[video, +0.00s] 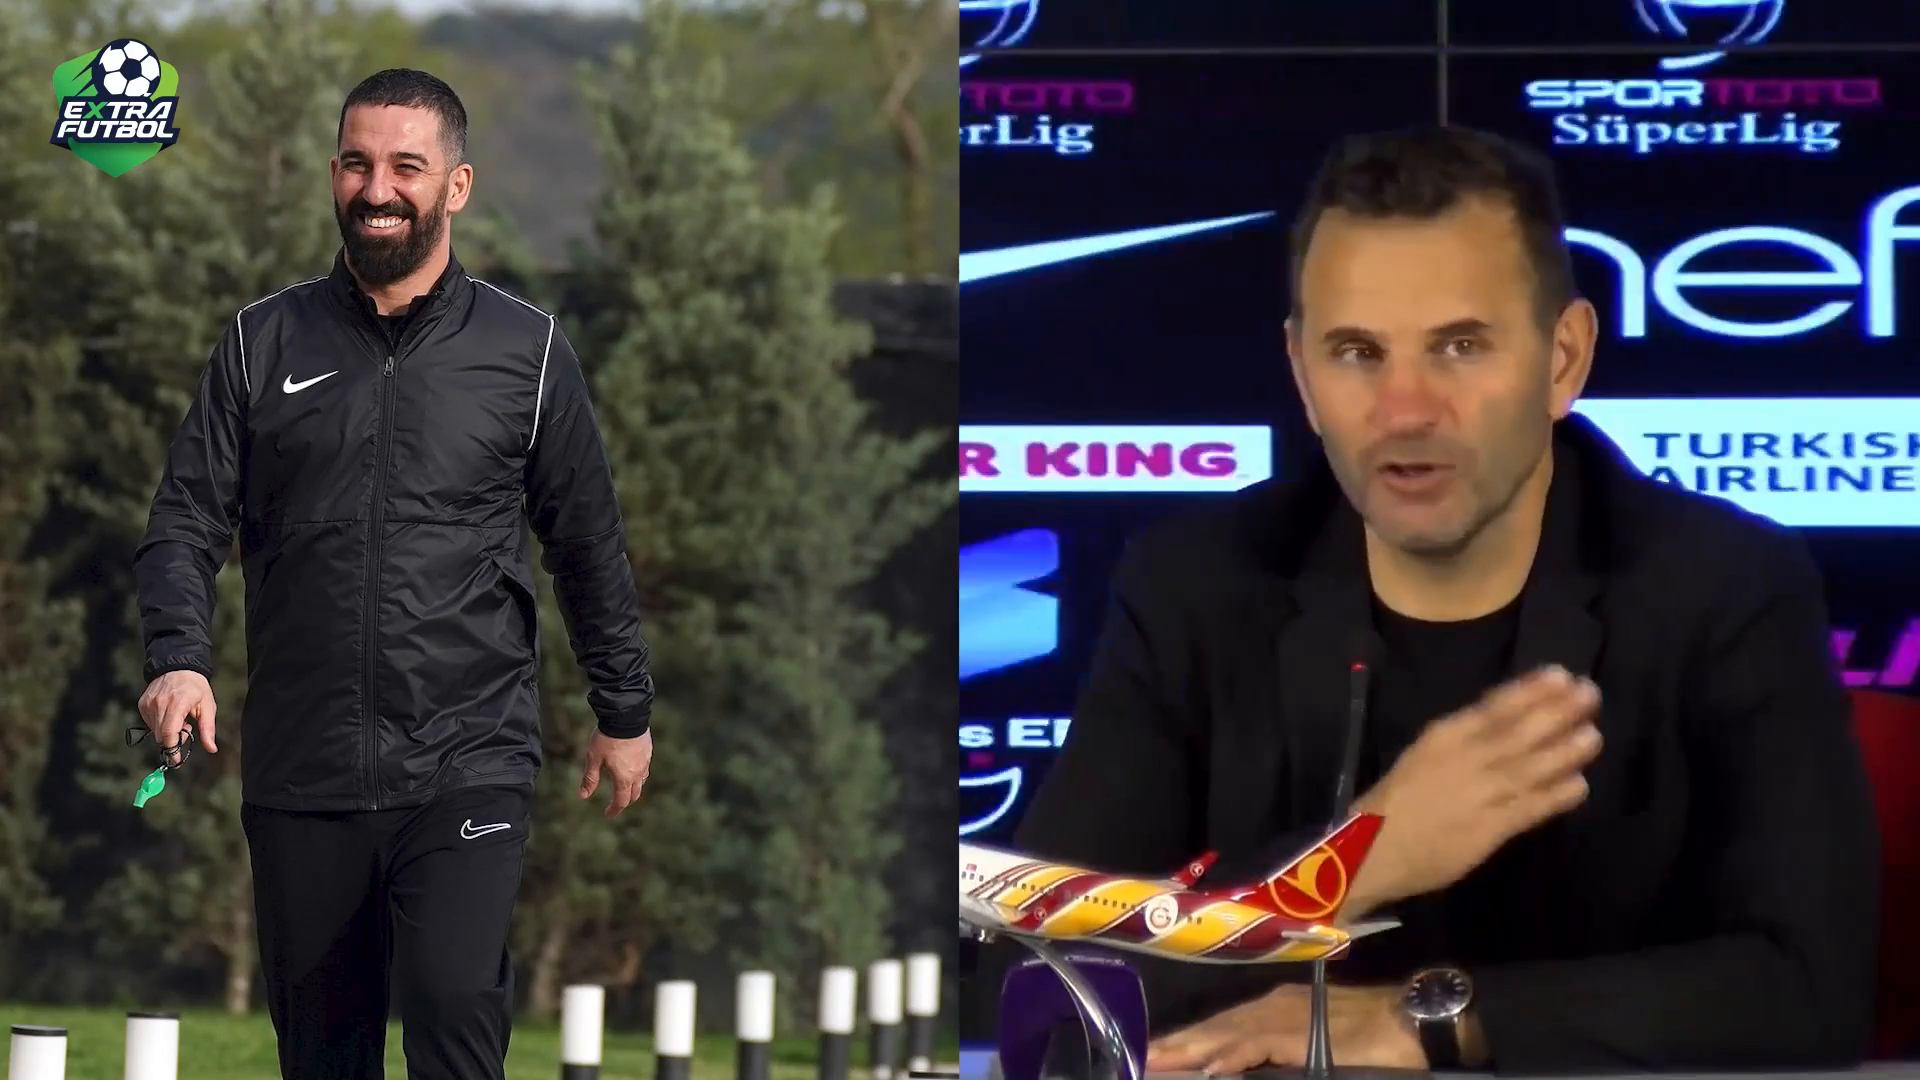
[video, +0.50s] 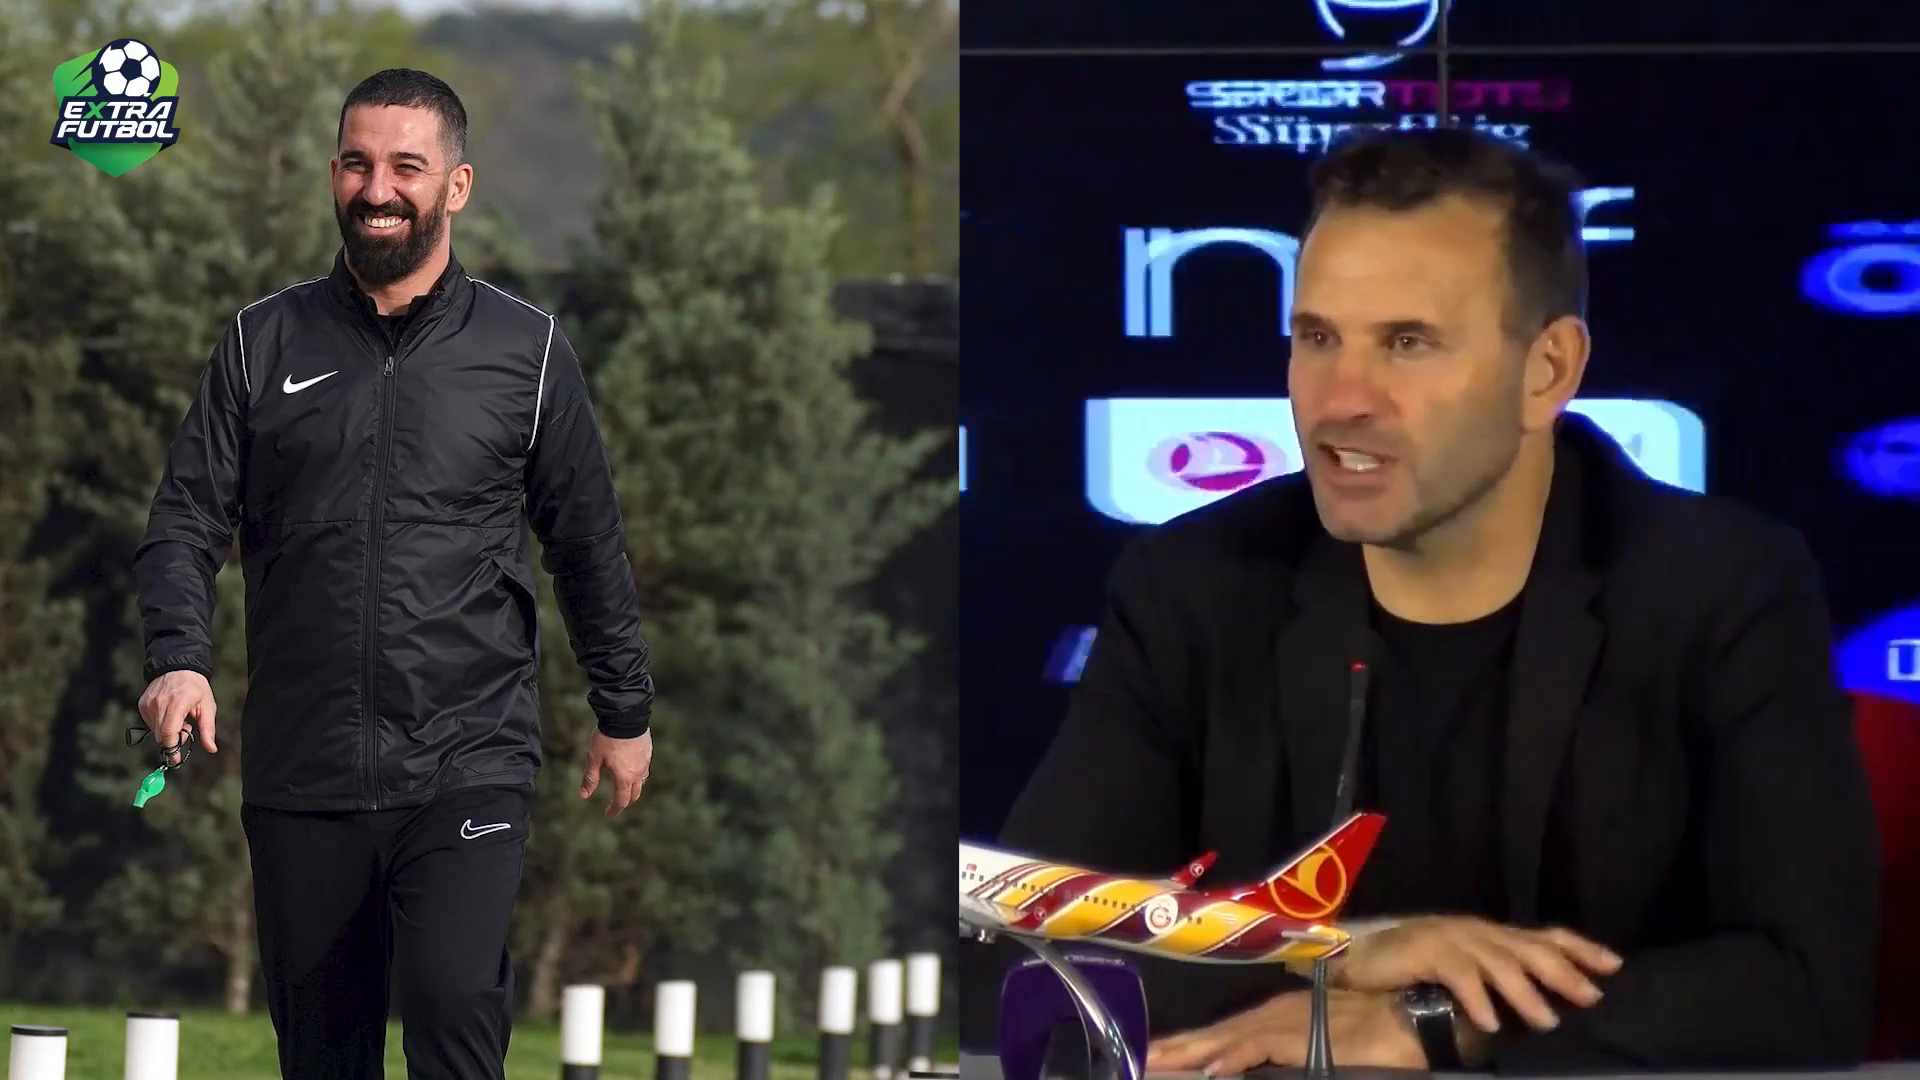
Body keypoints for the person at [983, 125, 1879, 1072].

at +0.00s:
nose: (1404, 405)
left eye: (1461, 345)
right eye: (1358, 351)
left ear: (1566, 355)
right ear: (1300, 367)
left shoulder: (1729, 593)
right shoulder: (1193, 588)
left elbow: (1810, 993)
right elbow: (1049, 981)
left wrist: (1432, 1020)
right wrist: (1357, 858)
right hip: (1252, 1077)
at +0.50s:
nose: (1338, 396)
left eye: (1407, 344)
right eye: (1316, 338)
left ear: (1550, 371)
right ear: (1290, 342)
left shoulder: (1724, 590)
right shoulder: (1189, 586)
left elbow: (1807, 989)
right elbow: (1029, 963)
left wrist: (1428, 1027)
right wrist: (1328, 958)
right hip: (1247, 1073)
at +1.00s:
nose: (1329, 398)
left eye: (1397, 344)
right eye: (1308, 339)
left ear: (1543, 368)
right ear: (1282, 342)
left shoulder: (1718, 593)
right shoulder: (1181, 592)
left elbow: (1808, 990)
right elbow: (1031, 983)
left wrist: (1438, 1030)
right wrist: (1363, 947)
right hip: (1247, 1077)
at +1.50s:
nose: (1352, 407)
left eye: (1415, 350)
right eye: (1320, 350)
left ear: (1547, 366)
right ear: (1284, 359)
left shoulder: (1719, 593)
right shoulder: (1185, 595)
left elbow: (1810, 990)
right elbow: (1020, 944)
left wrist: (1436, 1019)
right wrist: (1314, 919)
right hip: (1245, 1077)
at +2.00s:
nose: (1368, 392)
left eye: (1430, 334)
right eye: (1332, 338)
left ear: (1557, 358)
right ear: (1294, 356)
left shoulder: (1722, 592)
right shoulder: (1192, 592)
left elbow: (1809, 990)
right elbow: (1026, 956)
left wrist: (1418, 1030)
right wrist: (1329, 955)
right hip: (1248, 1072)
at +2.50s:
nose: (1348, 391)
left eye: (1409, 332)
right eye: (1316, 337)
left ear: (1548, 354)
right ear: (1285, 354)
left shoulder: (1725, 591)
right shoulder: (1189, 589)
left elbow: (1812, 989)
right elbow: (1026, 973)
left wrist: (1439, 1025)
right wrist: (1319, 959)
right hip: (1249, 1077)